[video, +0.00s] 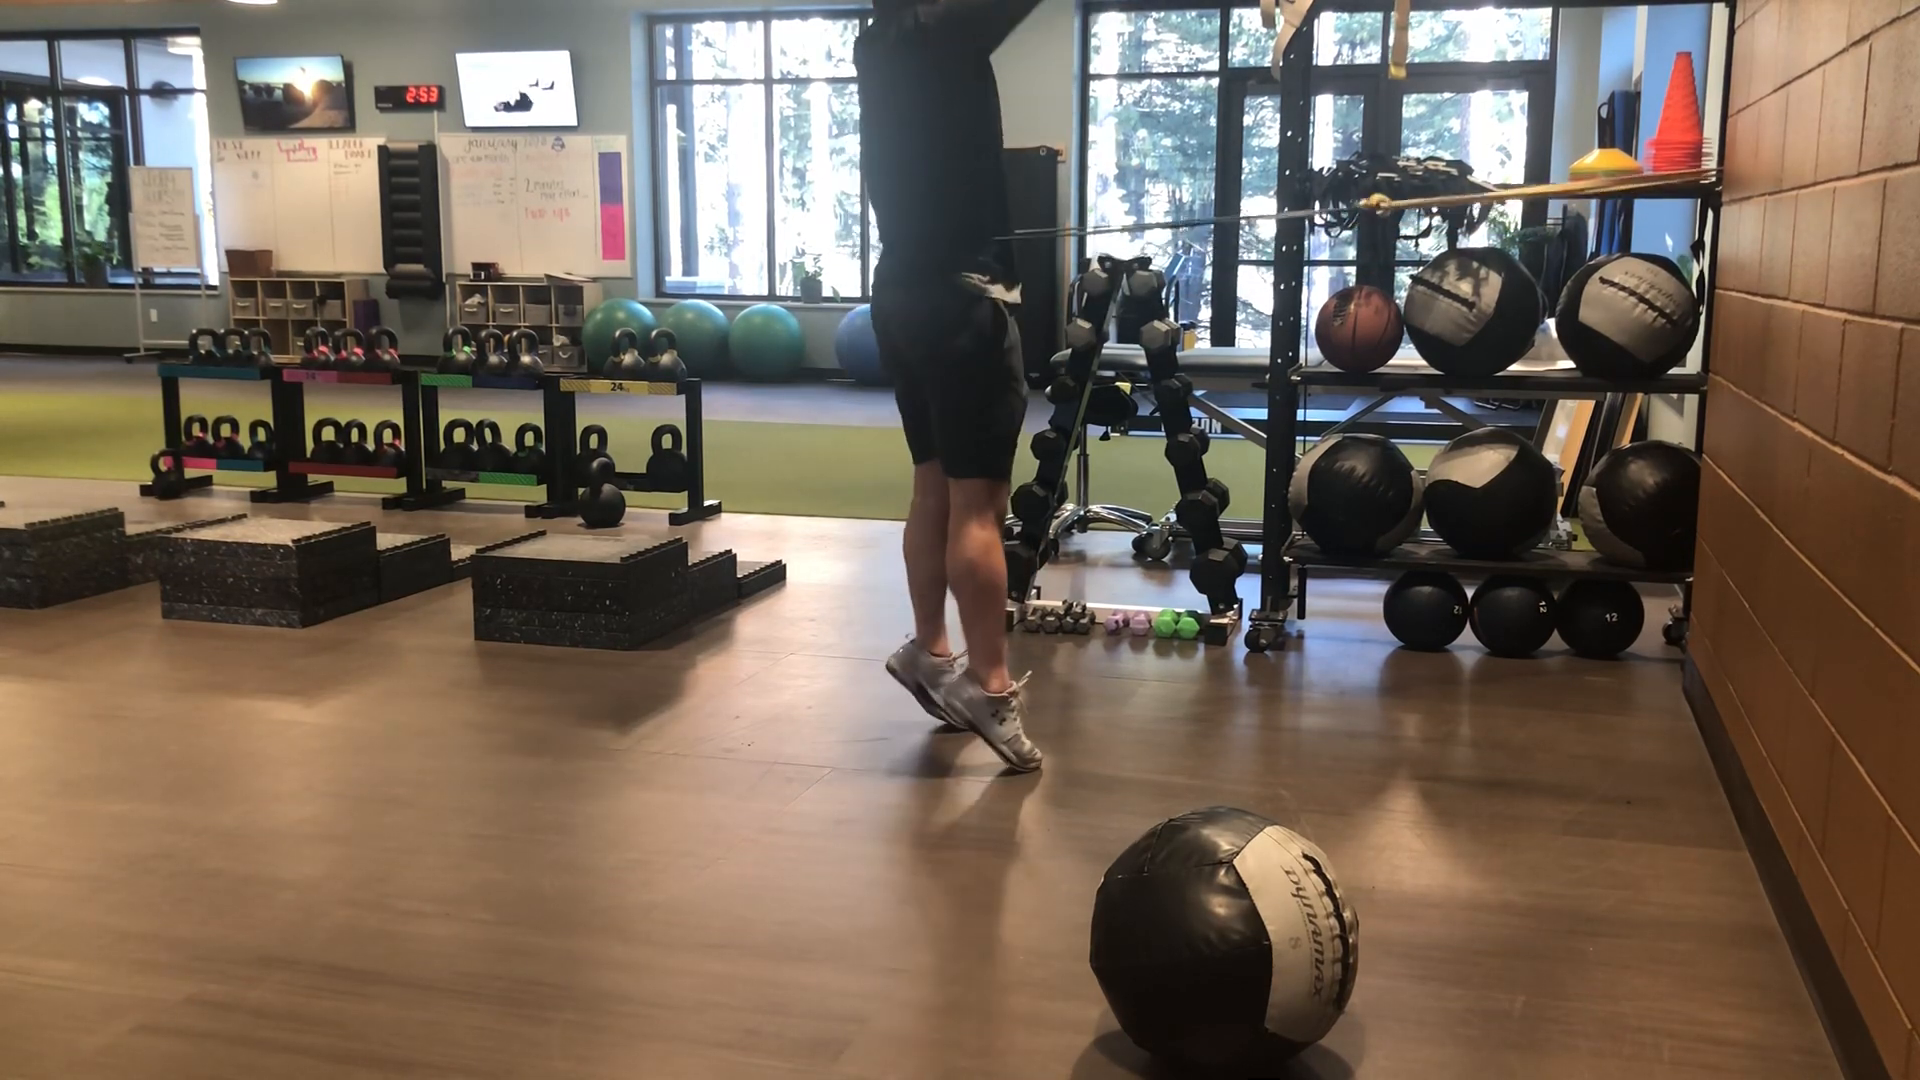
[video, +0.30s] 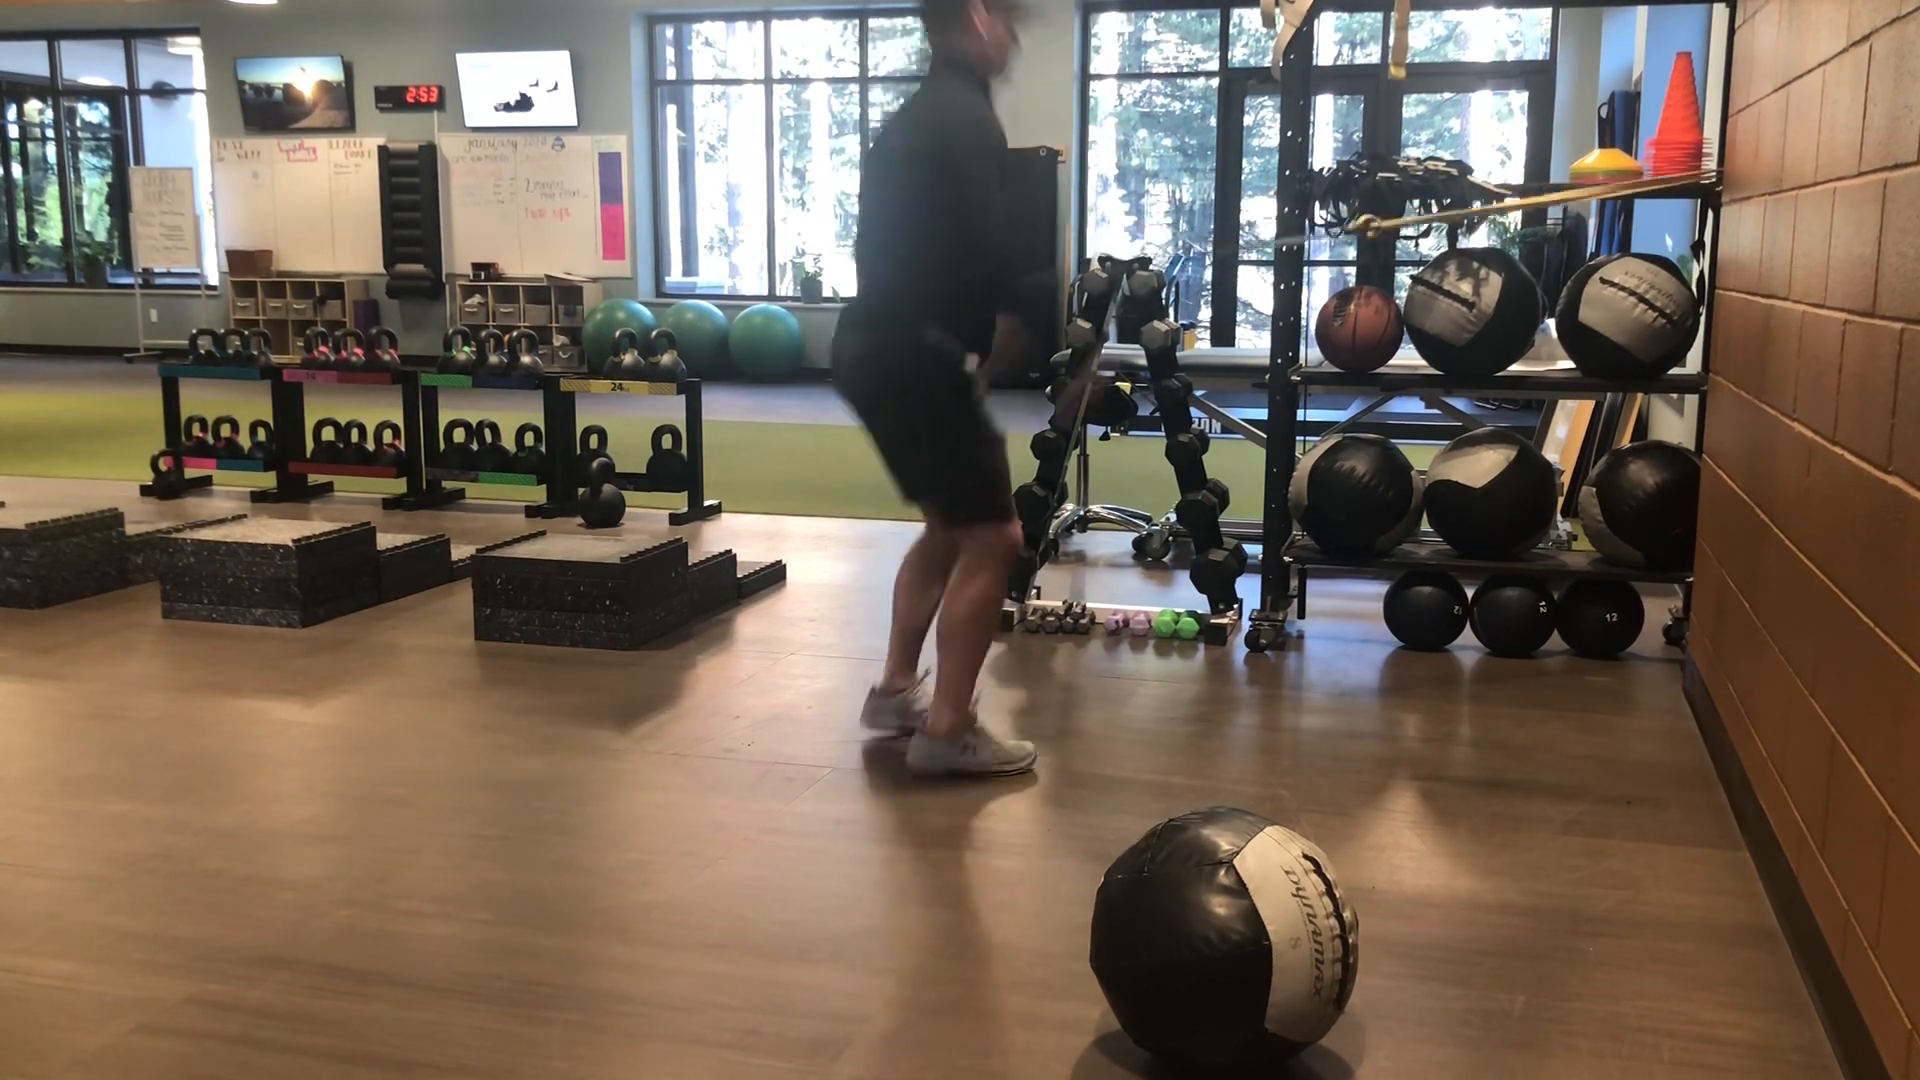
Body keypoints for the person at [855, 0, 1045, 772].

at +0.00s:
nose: (978, 12)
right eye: (973, 8)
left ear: (893, 2)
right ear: (945, 0)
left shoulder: (874, 49)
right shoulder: (954, 36)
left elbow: (885, 188)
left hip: (900, 293)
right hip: (963, 296)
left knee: (932, 479)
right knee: (979, 504)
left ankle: (928, 647)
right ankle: (989, 686)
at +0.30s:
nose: (1014, 39)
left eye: (1012, 25)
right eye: (1008, 24)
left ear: (949, 28)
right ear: (978, 21)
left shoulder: (910, 116)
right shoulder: (965, 116)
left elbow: (920, 245)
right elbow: (993, 231)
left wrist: (987, 325)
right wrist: (1027, 315)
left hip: (869, 342)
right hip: (913, 346)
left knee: (946, 529)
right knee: (993, 542)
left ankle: (895, 689)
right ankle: (948, 733)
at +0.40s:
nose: (1045, 102)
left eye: (1045, 87)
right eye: (1041, 86)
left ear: (983, 85)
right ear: (1011, 83)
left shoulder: (935, 172)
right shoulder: (992, 186)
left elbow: (857, 284)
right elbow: (950, 306)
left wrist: (835, 387)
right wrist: (928, 411)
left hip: (848, 390)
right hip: (901, 401)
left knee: (954, 543)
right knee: (1019, 555)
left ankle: (894, 697)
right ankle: (950, 734)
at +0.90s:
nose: (1063, 77)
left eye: (1064, 62)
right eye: (1060, 59)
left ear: (1003, 52)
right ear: (1024, 51)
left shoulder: (938, 136)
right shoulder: (997, 147)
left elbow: (874, 257)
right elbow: (954, 275)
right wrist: (953, 404)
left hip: (862, 357)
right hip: (911, 365)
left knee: (954, 534)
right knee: (993, 543)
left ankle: (893, 699)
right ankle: (947, 734)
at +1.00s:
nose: (1040, 31)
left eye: (1041, 17)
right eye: (1036, 15)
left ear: (977, 14)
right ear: (1002, 9)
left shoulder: (918, 90)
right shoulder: (989, 98)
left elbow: (882, 220)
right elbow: (986, 233)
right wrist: (1026, 341)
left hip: (880, 321)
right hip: (935, 328)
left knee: (925, 524)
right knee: (963, 532)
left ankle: (892, 698)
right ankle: (946, 729)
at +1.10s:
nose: (1026, 24)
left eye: (1026, 13)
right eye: (1023, 10)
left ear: (960, 11)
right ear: (992, 6)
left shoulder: (909, 90)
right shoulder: (983, 87)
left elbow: (918, 220)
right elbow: (996, 208)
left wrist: (1009, 277)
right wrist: (1066, 281)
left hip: (895, 323)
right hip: (953, 328)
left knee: (911, 525)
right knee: (961, 535)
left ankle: (891, 698)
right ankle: (946, 723)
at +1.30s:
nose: (1035, 19)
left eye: (1032, 8)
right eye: (1027, 6)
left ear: (970, 16)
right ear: (993, 10)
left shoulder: (930, 102)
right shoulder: (992, 101)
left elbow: (939, 237)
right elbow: (1017, 229)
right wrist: (1094, 267)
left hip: (930, 331)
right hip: (989, 335)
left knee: (918, 517)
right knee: (1069, 508)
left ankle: (892, 696)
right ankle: (996, 674)